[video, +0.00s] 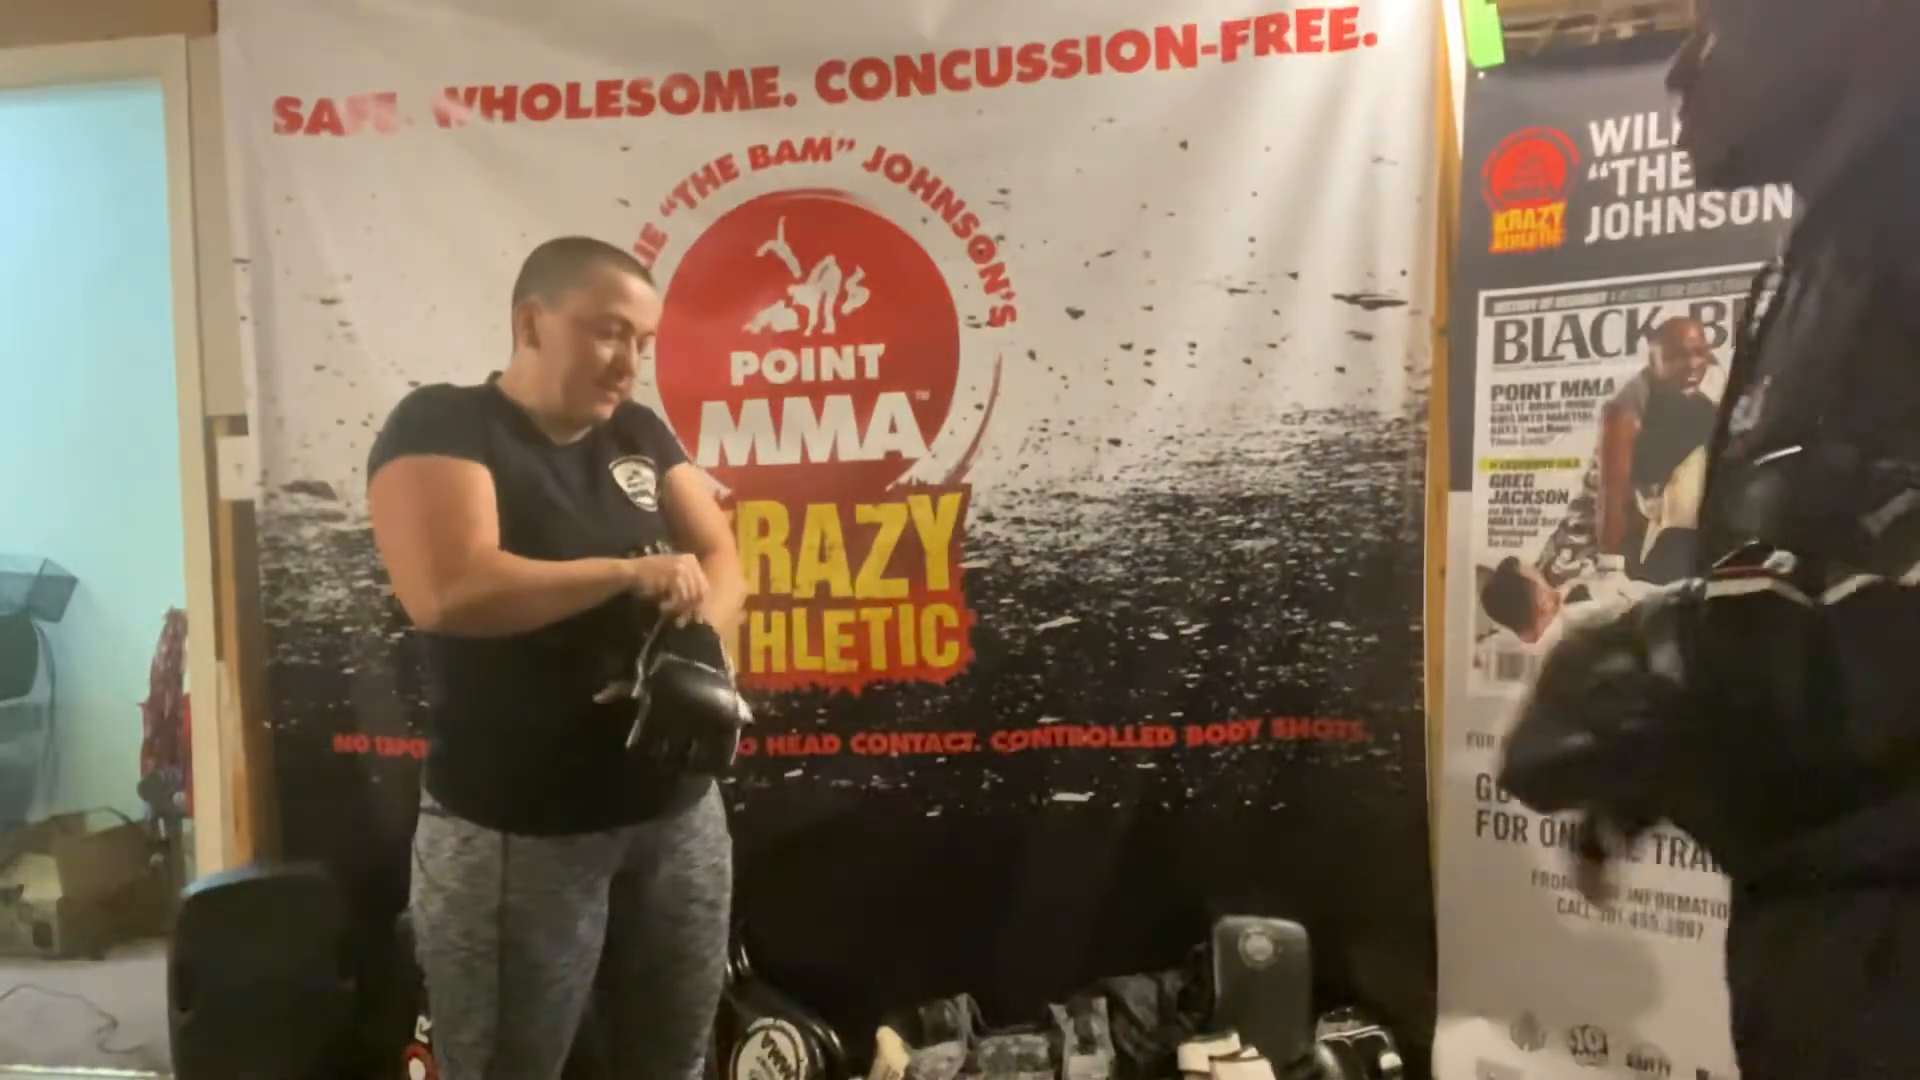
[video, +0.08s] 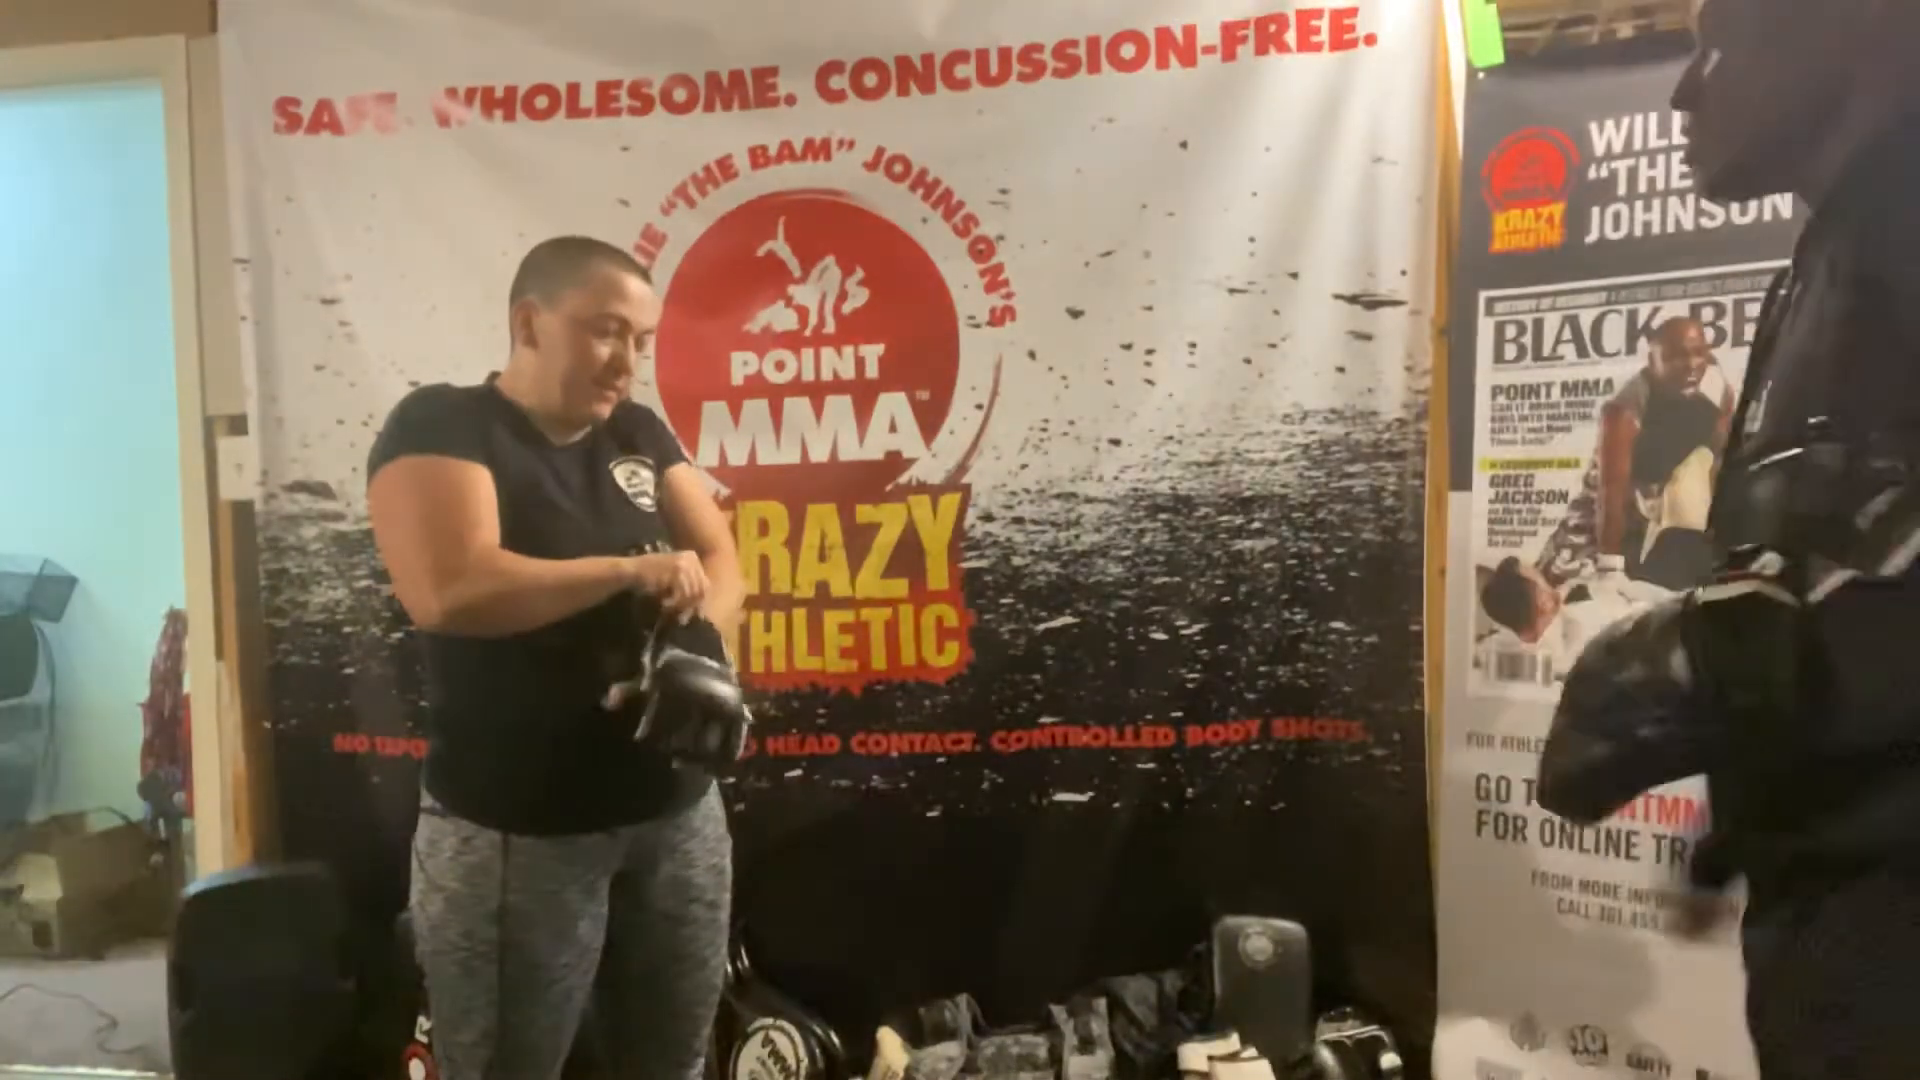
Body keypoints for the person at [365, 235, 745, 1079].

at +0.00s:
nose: (632, 362)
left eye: (642, 342)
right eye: (613, 334)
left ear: (647, 346)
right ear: (531, 322)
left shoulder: (640, 435)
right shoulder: (437, 426)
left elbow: (721, 553)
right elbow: (447, 590)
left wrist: (701, 631)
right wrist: (627, 572)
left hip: (675, 824)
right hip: (511, 838)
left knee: (665, 1066)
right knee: (502, 1068)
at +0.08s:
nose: (629, 361)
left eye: (640, 341)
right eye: (610, 333)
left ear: (646, 345)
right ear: (529, 322)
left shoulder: (639, 435)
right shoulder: (437, 426)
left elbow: (719, 553)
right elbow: (448, 590)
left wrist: (703, 646)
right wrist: (626, 570)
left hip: (675, 825)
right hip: (511, 839)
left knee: (664, 1066)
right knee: (501, 1068)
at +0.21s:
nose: (625, 361)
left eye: (636, 339)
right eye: (606, 333)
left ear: (642, 342)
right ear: (526, 323)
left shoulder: (638, 435)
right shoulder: (437, 426)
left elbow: (717, 547)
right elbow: (454, 582)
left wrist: (702, 656)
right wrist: (632, 565)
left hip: (674, 823)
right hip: (512, 838)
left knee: (666, 1065)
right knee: (501, 1068)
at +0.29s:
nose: (623, 359)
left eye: (634, 337)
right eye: (602, 332)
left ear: (640, 340)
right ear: (522, 323)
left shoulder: (637, 436)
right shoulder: (437, 425)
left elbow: (718, 555)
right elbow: (455, 583)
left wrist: (693, 661)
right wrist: (634, 569)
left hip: (675, 823)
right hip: (512, 838)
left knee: (666, 1064)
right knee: (502, 1067)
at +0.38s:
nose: (622, 358)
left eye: (632, 337)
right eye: (601, 331)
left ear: (639, 340)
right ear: (521, 324)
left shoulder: (637, 436)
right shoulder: (436, 425)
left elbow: (719, 555)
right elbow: (451, 584)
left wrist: (693, 660)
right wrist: (632, 572)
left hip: (674, 823)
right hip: (512, 837)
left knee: (664, 1065)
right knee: (501, 1067)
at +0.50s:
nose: (619, 360)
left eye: (630, 338)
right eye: (597, 333)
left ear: (637, 340)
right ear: (518, 323)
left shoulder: (638, 434)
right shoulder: (436, 423)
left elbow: (716, 547)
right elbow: (451, 581)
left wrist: (697, 666)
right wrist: (633, 569)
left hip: (674, 822)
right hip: (512, 836)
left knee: (663, 1064)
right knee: (502, 1067)